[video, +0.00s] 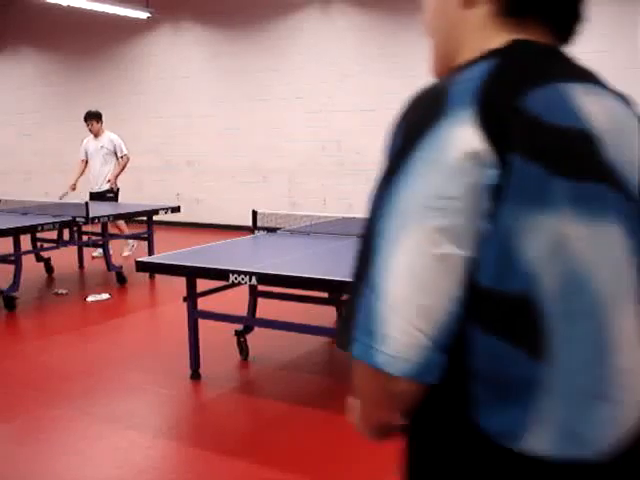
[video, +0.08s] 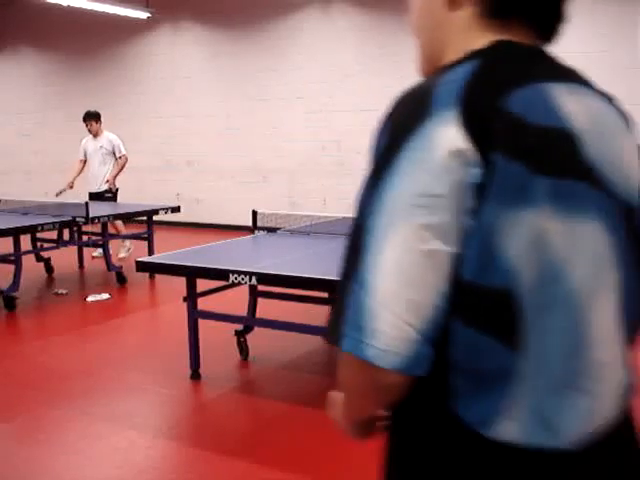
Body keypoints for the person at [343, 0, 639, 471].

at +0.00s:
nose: (427, 17)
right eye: (431, 1)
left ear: (477, 0)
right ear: (554, 10)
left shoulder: (465, 112)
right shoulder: (620, 114)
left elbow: (392, 362)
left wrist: (375, 415)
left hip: (488, 443)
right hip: (611, 441)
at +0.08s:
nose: (413, 16)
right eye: (416, 2)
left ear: (461, 1)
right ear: (538, 9)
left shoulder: (446, 109)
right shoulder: (608, 114)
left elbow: (384, 348)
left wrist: (356, 410)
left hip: (464, 441)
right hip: (601, 437)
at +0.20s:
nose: (361, 18)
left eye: (365, 3)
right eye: (361, 5)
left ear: (395, 7)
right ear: (477, 14)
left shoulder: (388, 118)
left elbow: (345, 343)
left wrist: (278, 407)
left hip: (399, 452)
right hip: (530, 442)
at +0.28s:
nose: (311, 36)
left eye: (314, 17)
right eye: (314, 18)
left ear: (334, 19)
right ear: (419, 29)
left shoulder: (323, 138)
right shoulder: (482, 136)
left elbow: (297, 334)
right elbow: (514, 287)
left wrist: (201, 412)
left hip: (349, 448)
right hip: (472, 437)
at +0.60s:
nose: (216, 50)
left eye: (216, 38)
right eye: (217, 38)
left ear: (227, 41)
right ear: (305, 43)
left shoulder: (201, 139)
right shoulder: (361, 139)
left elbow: (127, 278)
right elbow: (388, 254)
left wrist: (74, 292)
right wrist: (319, 270)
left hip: (225, 398)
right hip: (326, 392)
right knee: (322, 473)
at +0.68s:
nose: (208, 49)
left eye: (208, 37)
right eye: (210, 36)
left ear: (220, 41)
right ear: (297, 40)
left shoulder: (190, 135)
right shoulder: (351, 135)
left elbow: (114, 267)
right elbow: (377, 252)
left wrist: (74, 279)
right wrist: (308, 263)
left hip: (220, 390)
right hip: (319, 382)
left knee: (204, 472)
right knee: (311, 472)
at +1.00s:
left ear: (167, 66)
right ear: (238, 66)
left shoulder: (133, 142)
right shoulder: (271, 147)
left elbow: (107, 218)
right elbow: (304, 244)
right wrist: (244, 256)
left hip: (165, 347)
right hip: (244, 343)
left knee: (176, 470)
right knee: (225, 458)